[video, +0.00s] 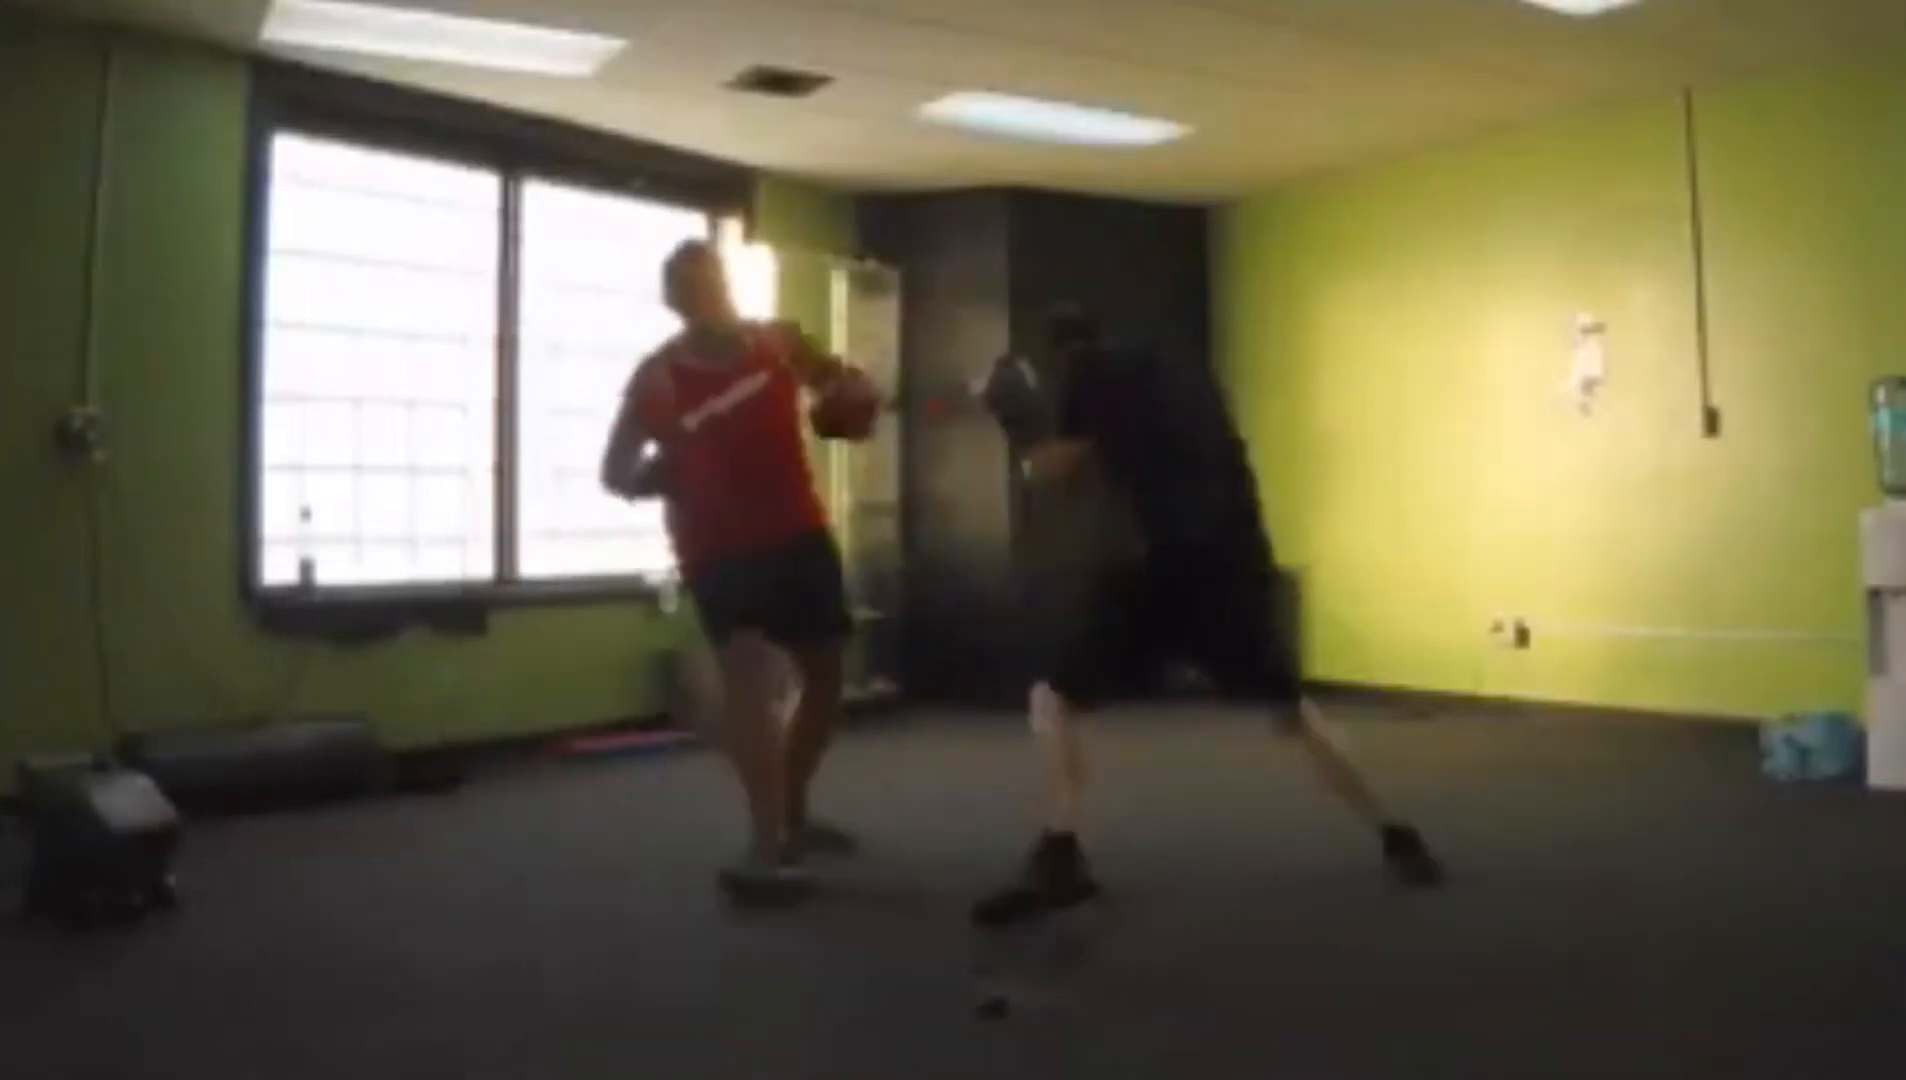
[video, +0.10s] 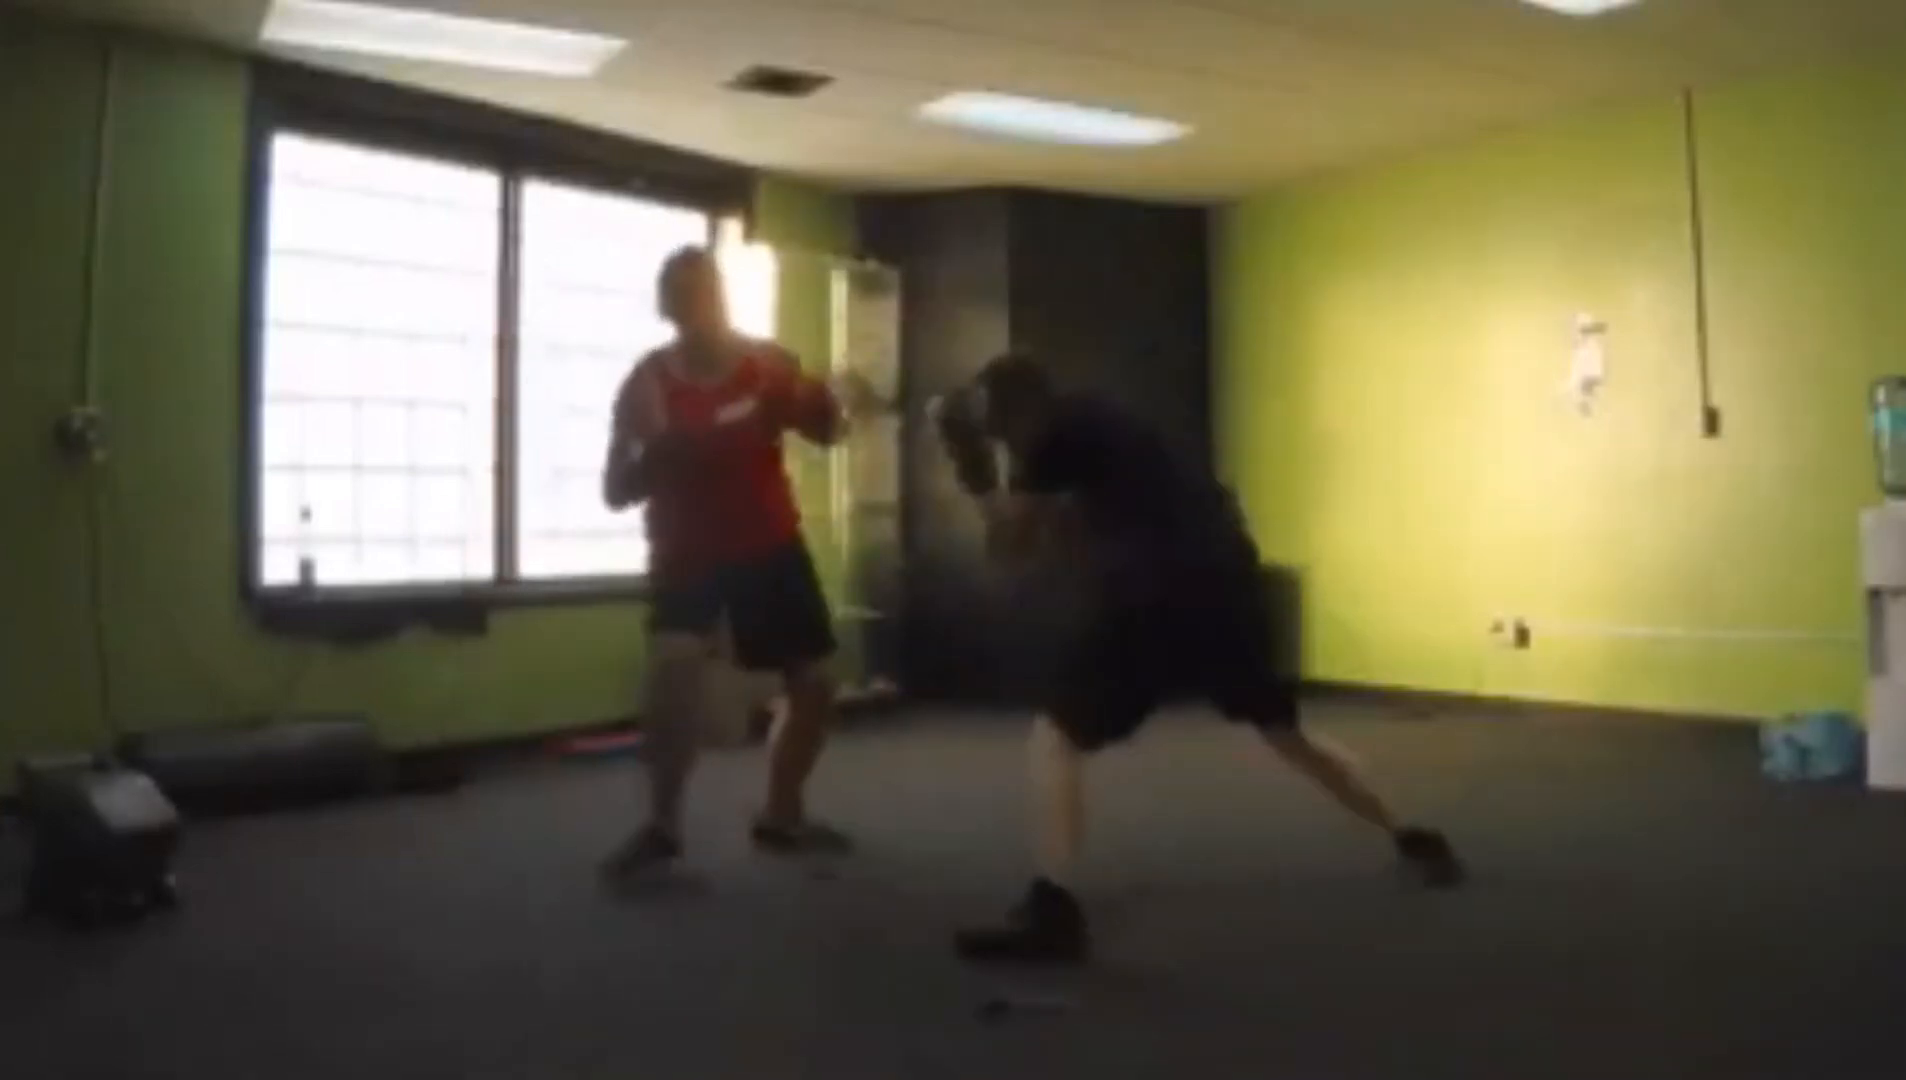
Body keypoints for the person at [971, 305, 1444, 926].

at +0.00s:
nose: (1049, 365)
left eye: (1050, 355)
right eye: (1050, 355)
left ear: (1063, 350)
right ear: (1105, 337)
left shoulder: (1096, 377)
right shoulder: (1184, 376)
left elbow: (1061, 463)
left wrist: (1016, 423)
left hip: (1160, 570)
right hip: (1235, 565)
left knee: (1056, 697)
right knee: (1291, 714)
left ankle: (1060, 852)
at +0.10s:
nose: (1005, 435)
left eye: (1003, 423)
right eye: (1003, 424)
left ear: (1015, 413)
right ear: (1045, 389)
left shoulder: (1061, 433)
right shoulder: (1113, 423)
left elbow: (1014, 538)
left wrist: (970, 453)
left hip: (1151, 602)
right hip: (1225, 591)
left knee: (1055, 735)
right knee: (1285, 736)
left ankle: (1053, 903)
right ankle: (1408, 838)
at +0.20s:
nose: (957, 478)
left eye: (952, 462)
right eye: (949, 464)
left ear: (968, 445)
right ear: (989, 422)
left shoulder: (1030, 464)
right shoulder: (1067, 442)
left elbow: (997, 555)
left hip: (1148, 607)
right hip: (1217, 593)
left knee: (1031, 721)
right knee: (1269, 735)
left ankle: (1047, 896)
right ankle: (1397, 828)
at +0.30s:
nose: (933, 500)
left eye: (929, 490)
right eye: (923, 491)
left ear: (946, 469)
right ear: (944, 441)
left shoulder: (1007, 467)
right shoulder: (1005, 446)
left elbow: (989, 569)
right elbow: (904, 436)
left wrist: (896, 540)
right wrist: (833, 440)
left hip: (1133, 590)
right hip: (1188, 577)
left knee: (1032, 710)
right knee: (1224, 706)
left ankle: (1042, 898)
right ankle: (1361, 803)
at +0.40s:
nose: (926, 518)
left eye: (919, 506)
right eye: (913, 509)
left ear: (930, 485)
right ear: (933, 462)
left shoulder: (989, 487)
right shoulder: (983, 461)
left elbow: (1010, 582)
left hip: (1130, 576)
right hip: (1175, 557)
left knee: (1036, 705)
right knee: (1203, 691)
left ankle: (1045, 894)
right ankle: (1317, 796)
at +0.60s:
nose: (910, 540)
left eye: (906, 529)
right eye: (900, 532)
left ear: (917, 507)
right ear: (919, 472)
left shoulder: (966, 504)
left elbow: (1025, 588)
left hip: (1102, 560)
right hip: (1140, 542)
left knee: (1029, 706)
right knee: (1150, 688)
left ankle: (1042, 896)